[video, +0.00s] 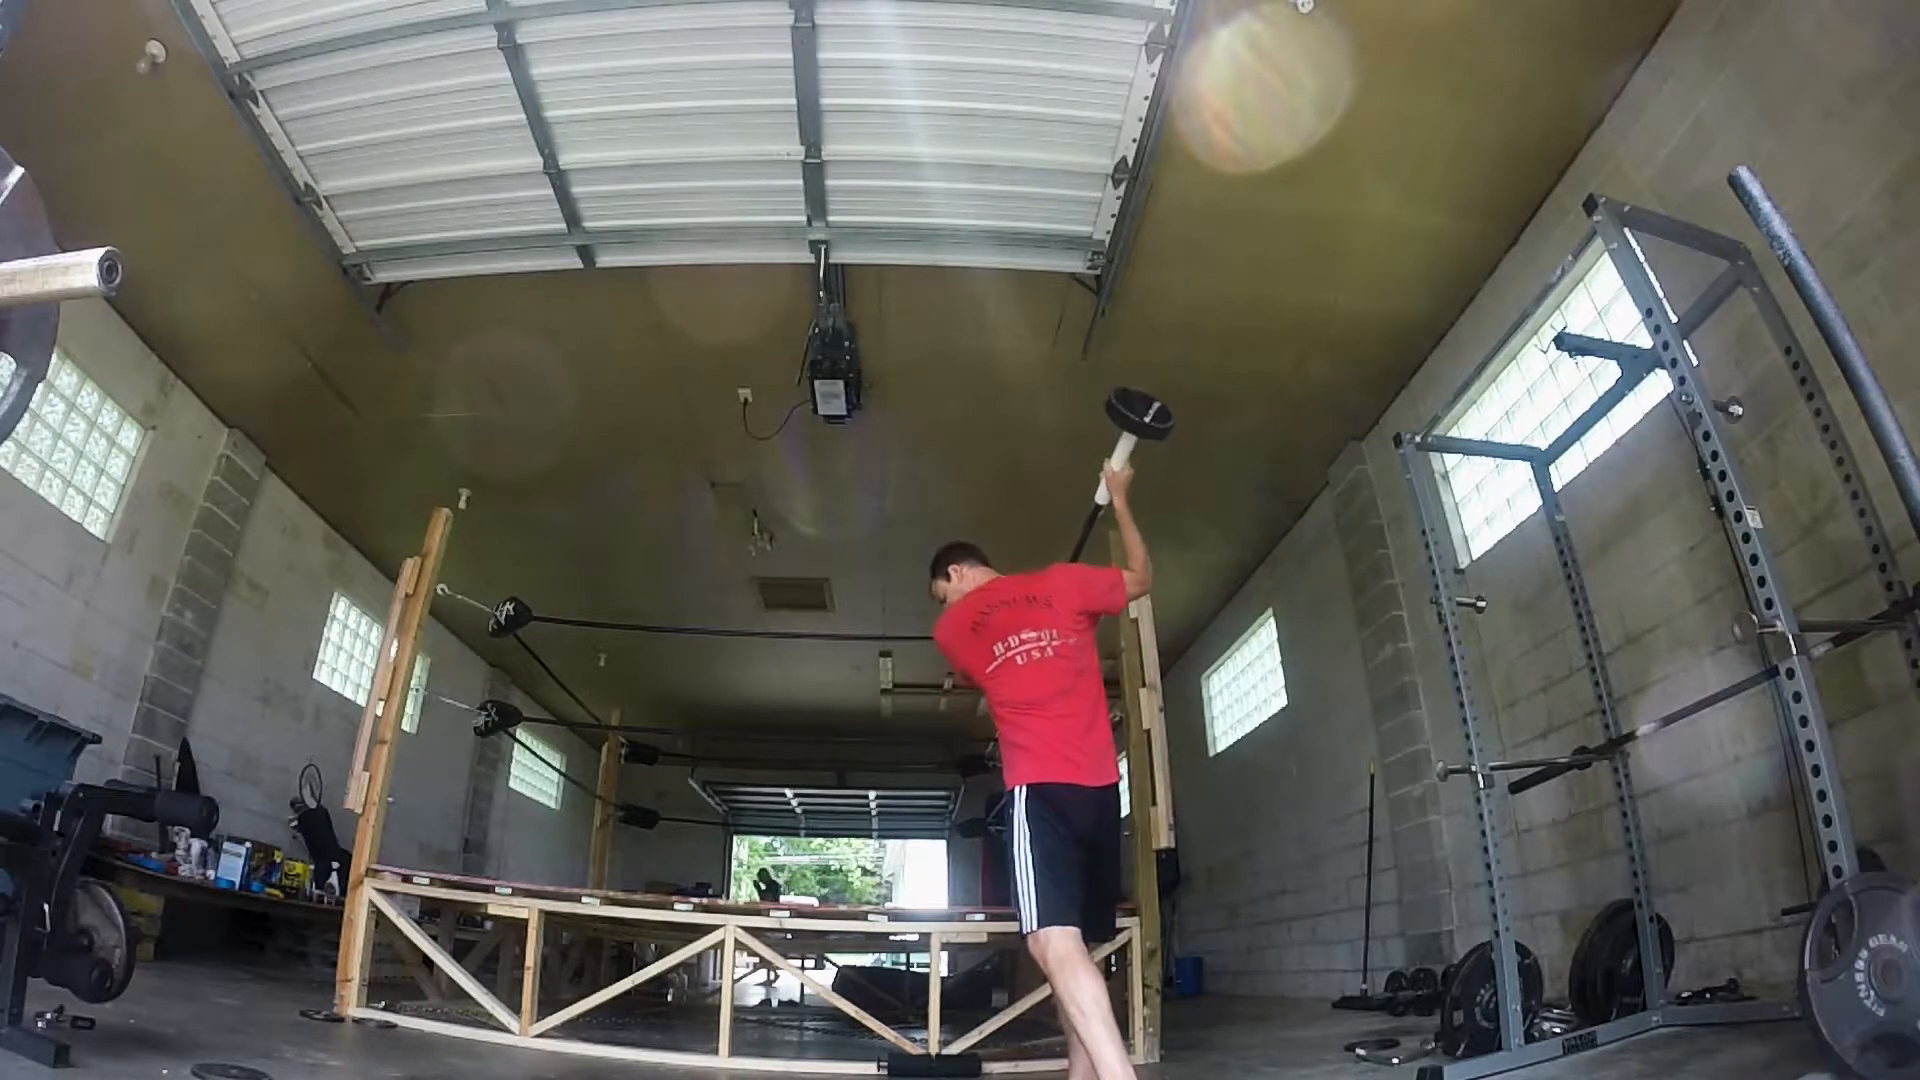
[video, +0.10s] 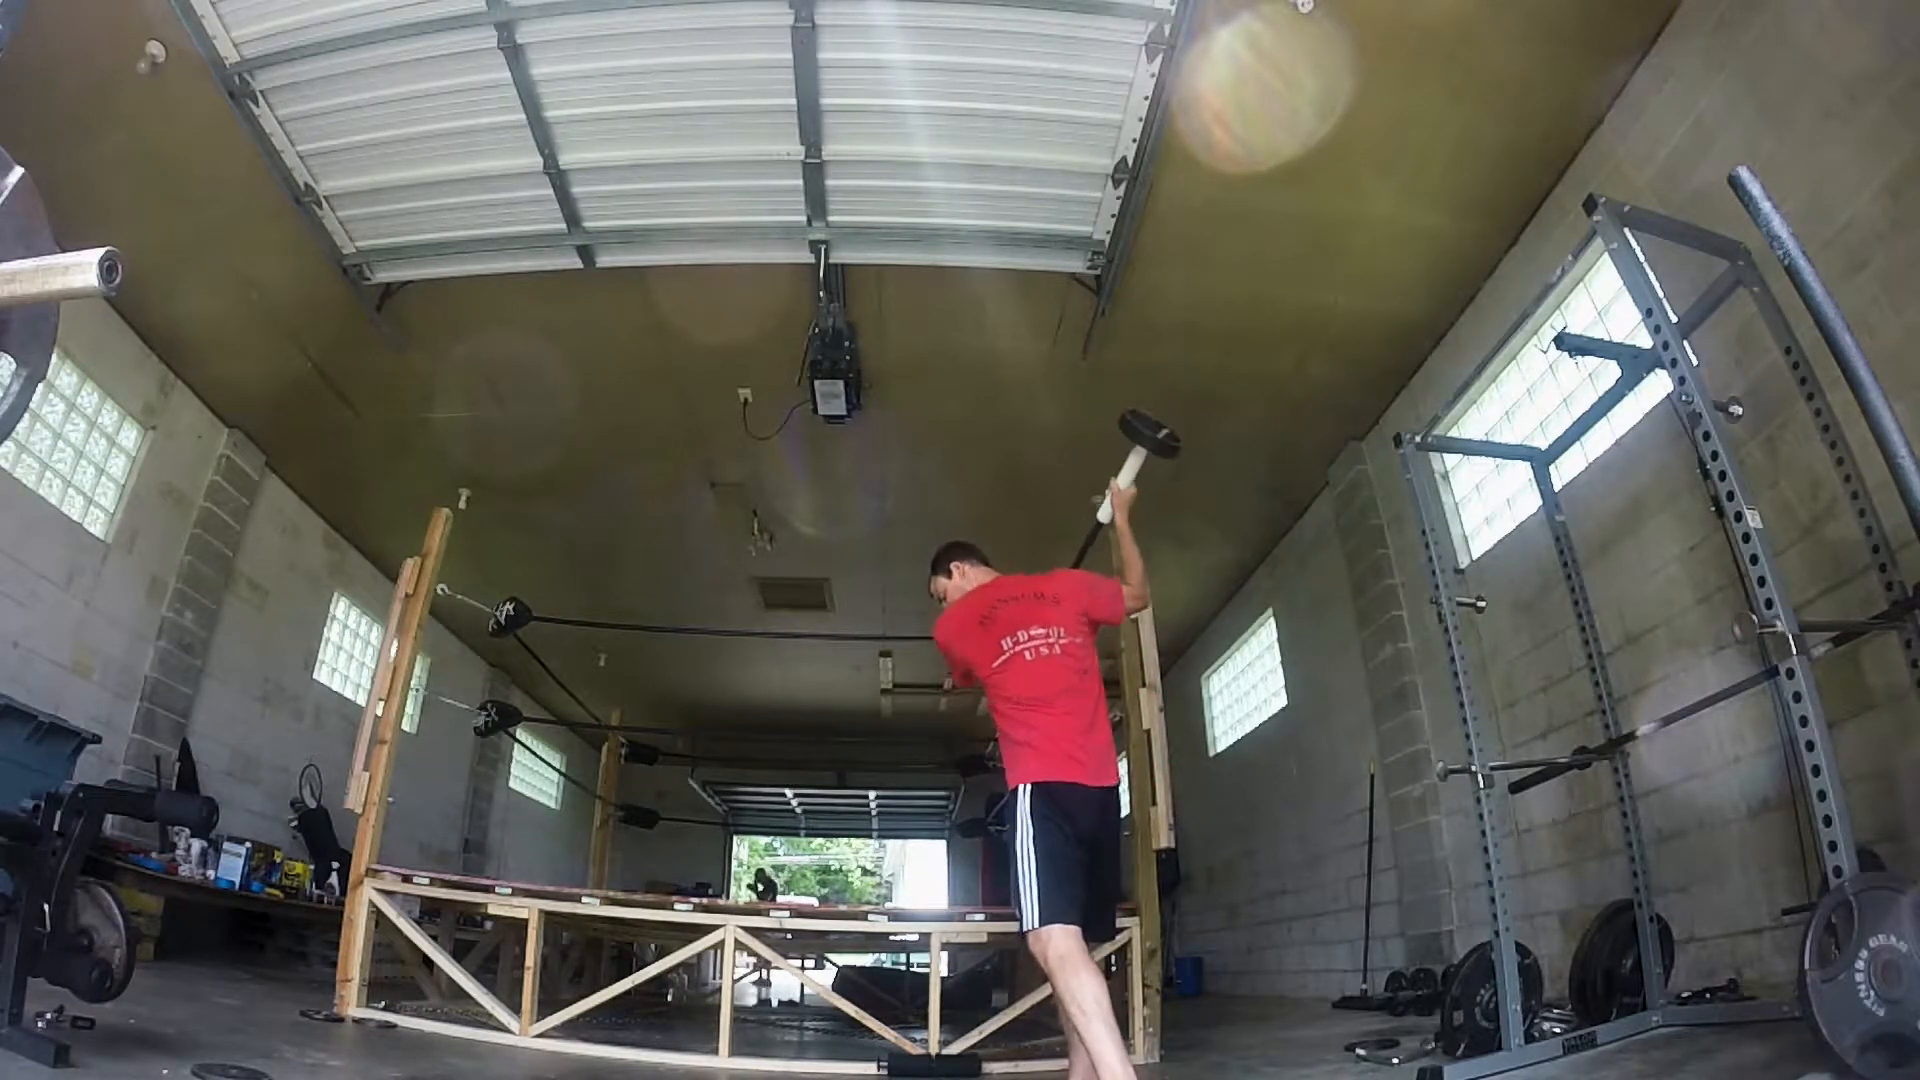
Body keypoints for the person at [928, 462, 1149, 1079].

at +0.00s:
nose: (945, 606)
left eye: (941, 595)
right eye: (941, 598)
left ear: (957, 576)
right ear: (984, 568)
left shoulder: (954, 627)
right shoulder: (1063, 579)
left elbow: (983, 675)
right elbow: (1139, 578)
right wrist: (1120, 502)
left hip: (1038, 791)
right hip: (1102, 788)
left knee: (1055, 942)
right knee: (1080, 945)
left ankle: (1120, 1076)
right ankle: (1081, 1073)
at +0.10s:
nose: (941, 606)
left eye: (938, 596)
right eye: (938, 598)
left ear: (956, 573)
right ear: (981, 566)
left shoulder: (958, 619)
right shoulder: (1068, 583)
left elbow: (965, 682)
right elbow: (1137, 595)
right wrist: (1122, 520)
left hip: (1041, 785)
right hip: (1102, 785)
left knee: (1055, 940)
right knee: (1080, 942)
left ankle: (1119, 1075)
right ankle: (1081, 1073)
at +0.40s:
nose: (946, 598)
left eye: (943, 586)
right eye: (940, 592)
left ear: (965, 558)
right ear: (982, 560)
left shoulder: (967, 605)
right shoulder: (1068, 595)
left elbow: (939, 710)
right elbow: (1117, 656)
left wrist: (961, 731)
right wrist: (1107, 612)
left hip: (1055, 774)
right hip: (1101, 777)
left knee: (1061, 929)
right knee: (1074, 936)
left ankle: (1122, 1074)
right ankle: (1083, 1073)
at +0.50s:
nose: (951, 597)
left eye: (949, 584)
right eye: (945, 591)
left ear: (972, 557)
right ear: (986, 558)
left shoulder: (979, 601)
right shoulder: (1066, 594)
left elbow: (942, 714)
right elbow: (1111, 678)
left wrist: (948, 752)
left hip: (1065, 772)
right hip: (1104, 771)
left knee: (1070, 930)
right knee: (1072, 934)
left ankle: (1124, 1073)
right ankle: (1083, 1072)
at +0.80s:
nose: (964, 592)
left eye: (964, 577)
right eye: (956, 587)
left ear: (991, 555)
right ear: (971, 582)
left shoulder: (1031, 581)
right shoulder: (1036, 605)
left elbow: (1031, 674)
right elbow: (1069, 722)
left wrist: (993, 752)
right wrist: (1025, 795)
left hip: (1108, 767)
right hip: (1074, 784)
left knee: (1098, 927)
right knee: (1062, 939)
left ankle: (1129, 1074)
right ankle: (1085, 1072)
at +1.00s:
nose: (967, 587)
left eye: (967, 571)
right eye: (958, 582)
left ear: (995, 547)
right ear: (970, 579)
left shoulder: (1061, 565)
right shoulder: (1011, 655)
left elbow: (1119, 623)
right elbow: (1021, 754)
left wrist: (1061, 707)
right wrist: (972, 844)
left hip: (1124, 764)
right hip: (1069, 791)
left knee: (1114, 927)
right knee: (1061, 940)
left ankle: (1136, 1074)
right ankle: (1085, 1073)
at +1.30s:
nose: (971, 561)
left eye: (972, 545)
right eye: (960, 558)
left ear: (999, 525)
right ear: (962, 567)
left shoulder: (1079, 548)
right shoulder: (989, 636)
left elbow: (1167, 595)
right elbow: (1018, 709)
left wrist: (1124, 636)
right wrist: (1016, 757)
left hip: (1131, 758)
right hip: (1068, 783)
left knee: (1119, 923)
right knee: (1063, 939)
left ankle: (1139, 1075)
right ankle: (1083, 1072)